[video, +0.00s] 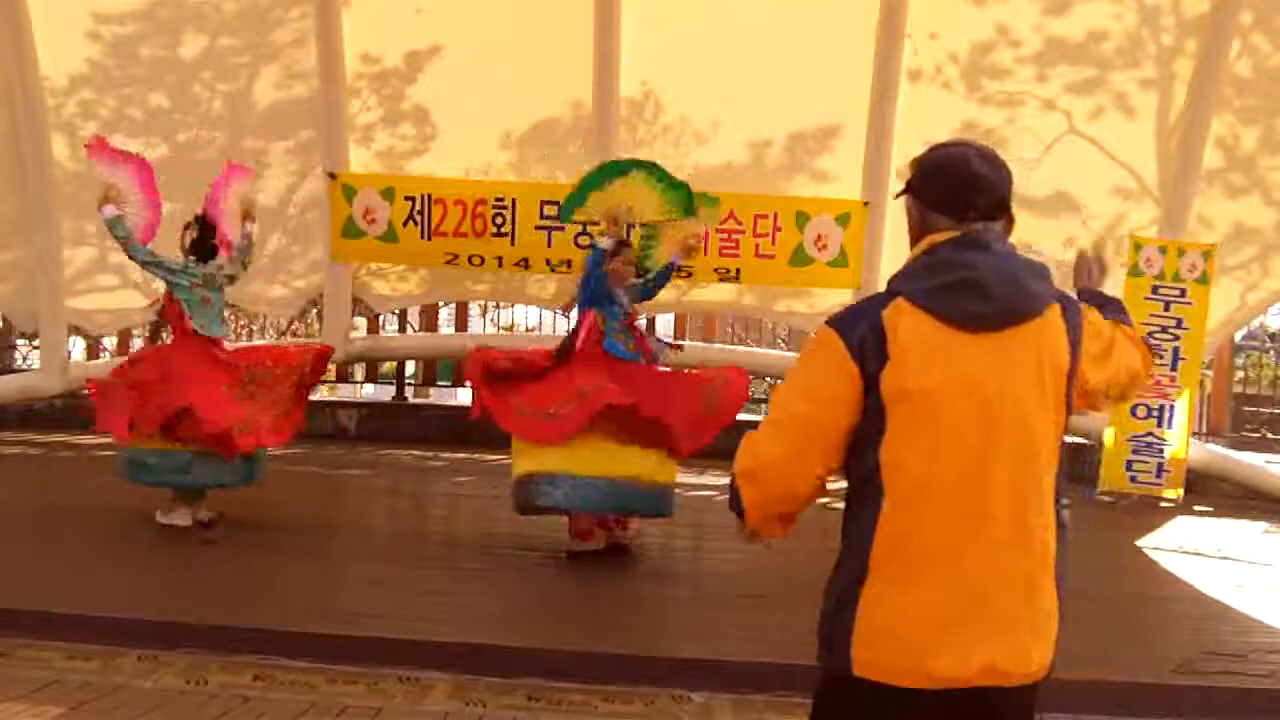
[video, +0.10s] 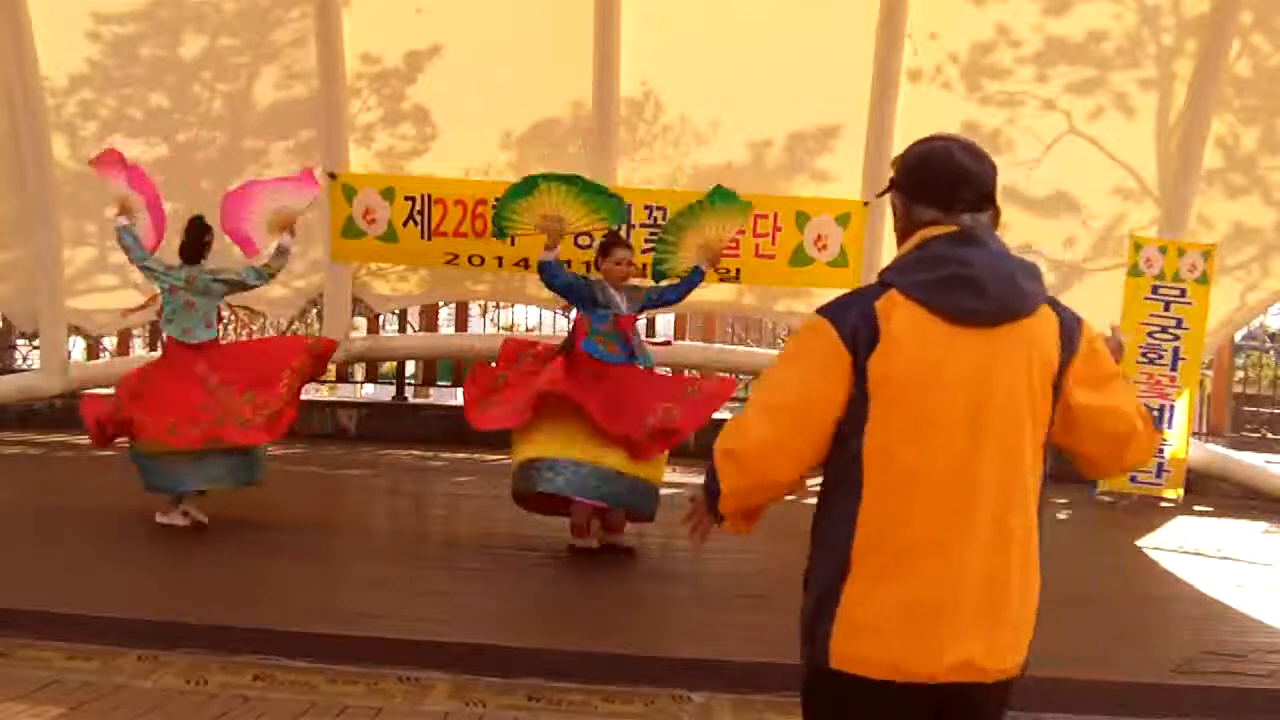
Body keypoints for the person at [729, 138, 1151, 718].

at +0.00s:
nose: (906, 222)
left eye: (907, 211)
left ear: (913, 219)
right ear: (1008, 224)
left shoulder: (867, 328)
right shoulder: (1062, 326)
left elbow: (774, 475)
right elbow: (1127, 363)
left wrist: (758, 504)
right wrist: (1099, 305)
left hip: (888, 656)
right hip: (1012, 659)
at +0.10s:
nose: (893, 219)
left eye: (892, 208)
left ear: (899, 212)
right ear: (991, 217)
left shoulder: (858, 321)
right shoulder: (1057, 331)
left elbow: (765, 452)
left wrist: (725, 494)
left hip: (869, 646)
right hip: (990, 649)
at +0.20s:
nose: (893, 212)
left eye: (894, 199)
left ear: (901, 203)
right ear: (995, 206)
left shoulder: (855, 308)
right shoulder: (1059, 333)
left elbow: (761, 434)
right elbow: (1091, 501)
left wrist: (698, 502)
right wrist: (1034, 450)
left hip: (851, 632)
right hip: (969, 642)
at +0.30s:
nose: (898, 200)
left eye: (900, 187)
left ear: (908, 195)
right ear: (1001, 203)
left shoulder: (852, 300)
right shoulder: (1055, 333)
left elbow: (772, 422)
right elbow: (1068, 472)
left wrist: (720, 515)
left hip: (843, 621)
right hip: (963, 631)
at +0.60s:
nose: (888, 203)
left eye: (887, 192)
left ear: (890, 196)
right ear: (981, 211)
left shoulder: (814, 298)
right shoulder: (1014, 320)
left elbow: (716, 420)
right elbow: (1086, 444)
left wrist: (668, 531)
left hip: (786, 632)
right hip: (912, 644)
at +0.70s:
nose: (884, 196)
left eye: (887, 184)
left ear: (891, 190)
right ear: (985, 201)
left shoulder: (815, 290)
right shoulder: (1018, 305)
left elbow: (701, 384)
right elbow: (1122, 367)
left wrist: (646, 447)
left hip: (781, 626)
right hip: (908, 638)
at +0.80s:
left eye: (894, 173)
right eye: (993, 186)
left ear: (895, 181)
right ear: (990, 193)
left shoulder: (818, 278)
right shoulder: (1018, 284)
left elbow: (706, 333)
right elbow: (1116, 288)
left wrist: (659, 361)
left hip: (788, 619)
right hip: (908, 626)